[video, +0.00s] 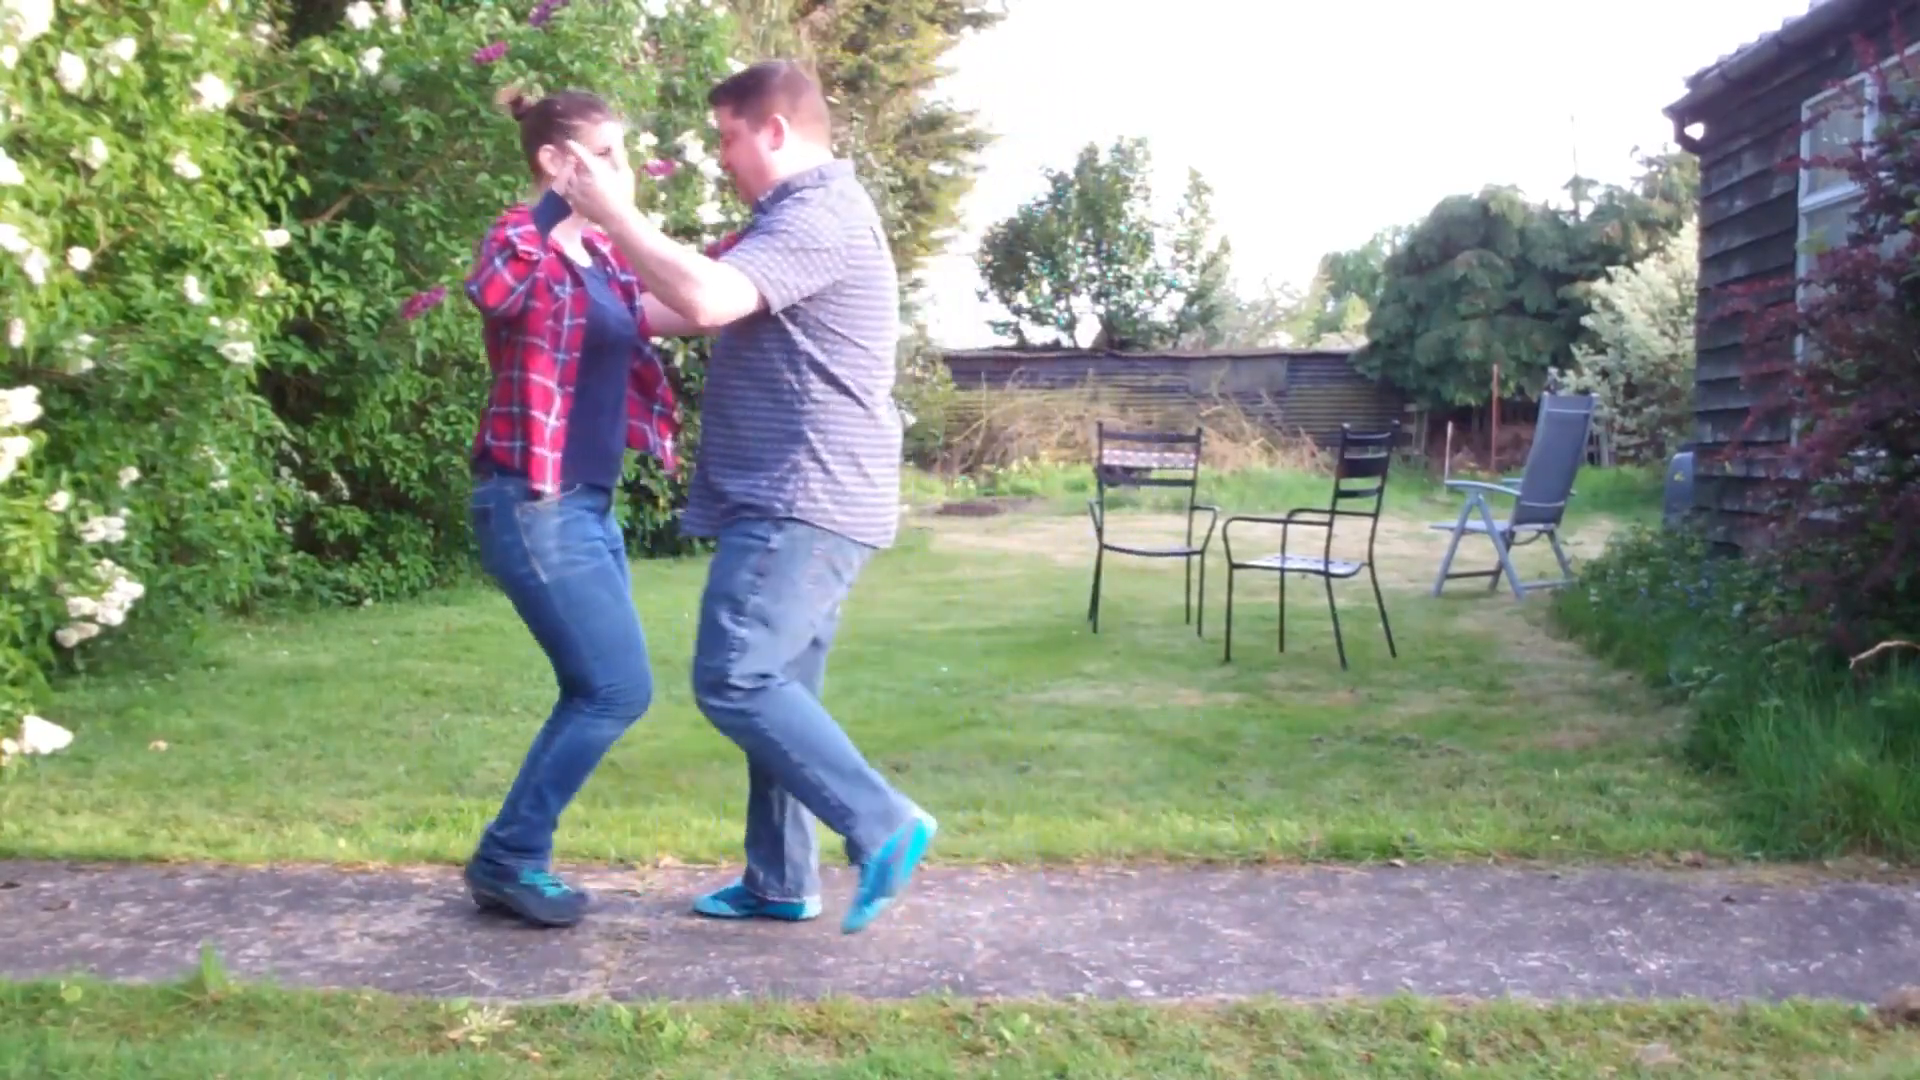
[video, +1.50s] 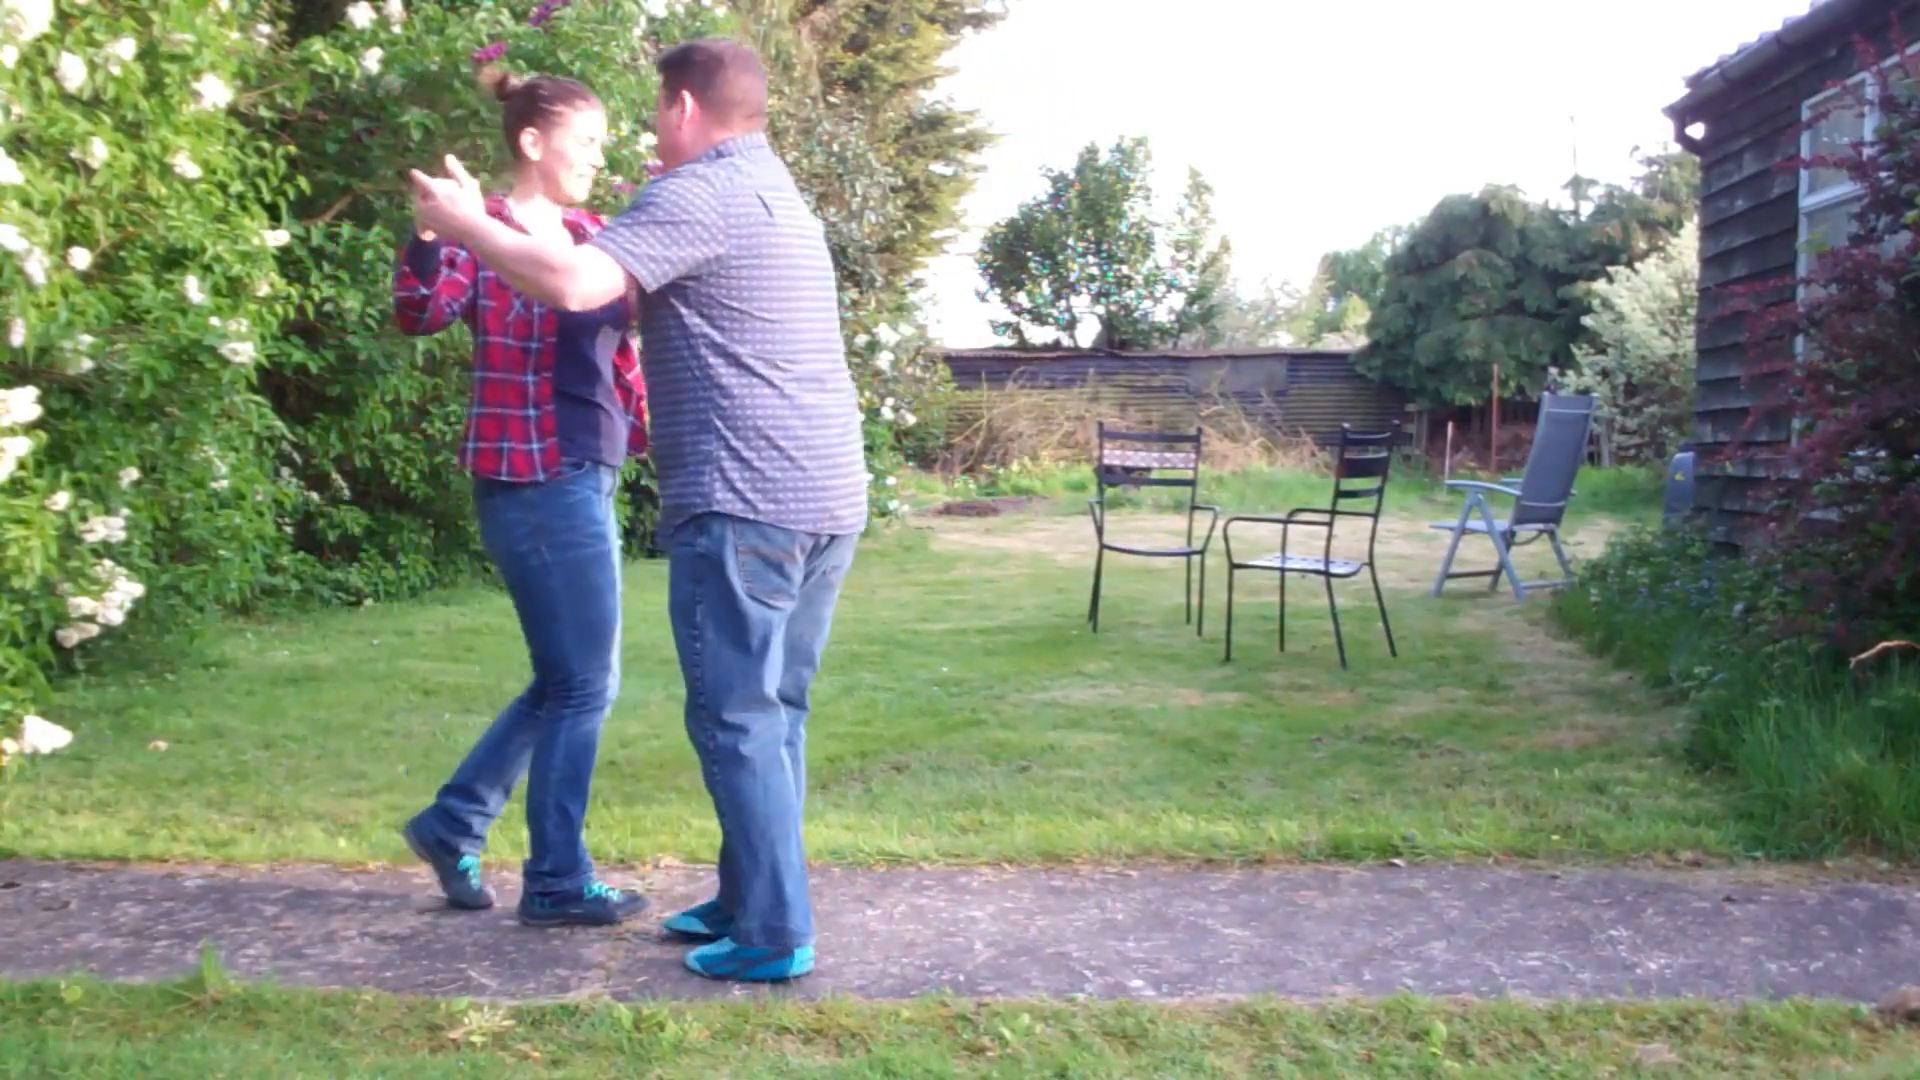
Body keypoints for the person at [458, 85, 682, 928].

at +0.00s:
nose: (622, 168)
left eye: (621, 152)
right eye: (606, 152)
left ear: (586, 160)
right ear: (556, 159)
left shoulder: (605, 256)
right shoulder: (520, 234)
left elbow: (678, 314)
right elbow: (499, 296)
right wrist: (567, 207)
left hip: (585, 501)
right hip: (530, 499)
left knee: (600, 691)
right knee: (618, 688)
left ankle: (512, 858)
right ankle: (508, 859)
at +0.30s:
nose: (538, 168)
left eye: (538, 151)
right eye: (522, 152)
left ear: (522, 157)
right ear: (474, 158)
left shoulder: (529, 251)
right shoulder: (435, 236)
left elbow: (586, 320)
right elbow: (412, 294)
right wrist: (479, 209)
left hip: (517, 502)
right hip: (448, 502)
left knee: (549, 682)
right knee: (437, 705)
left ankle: (509, 863)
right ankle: (301, 847)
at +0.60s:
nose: (485, 174)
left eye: (489, 159)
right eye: (471, 157)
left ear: (478, 165)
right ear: (419, 160)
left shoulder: (470, 260)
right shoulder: (385, 245)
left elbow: (512, 321)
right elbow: (328, 297)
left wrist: (552, 256)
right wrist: (386, 212)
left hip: (447, 503)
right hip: (375, 501)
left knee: (506, 668)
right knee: (364, 700)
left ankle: (451, 850)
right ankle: (271, 863)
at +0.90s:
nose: (489, 169)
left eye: (492, 155)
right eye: (474, 155)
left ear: (482, 164)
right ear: (422, 157)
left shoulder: (487, 259)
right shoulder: (392, 249)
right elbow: (333, 323)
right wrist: (379, 235)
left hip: (480, 499)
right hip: (411, 500)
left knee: (488, 691)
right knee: (420, 697)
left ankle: (414, 856)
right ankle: (294, 848)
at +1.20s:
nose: (532, 163)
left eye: (534, 149)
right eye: (520, 148)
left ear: (506, 155)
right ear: (466, 150)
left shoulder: (526, 241)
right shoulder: (434, 242)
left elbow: (589, 290)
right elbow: (369, 318)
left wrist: (590, 246)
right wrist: (404, 234)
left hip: (511, 489)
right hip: (462, 492)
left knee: (469, 688)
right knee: (553, 668)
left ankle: (412, 855)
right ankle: (502, 861)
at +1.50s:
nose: (599, 158)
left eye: (601, 144)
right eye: (587, 142)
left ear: (550, 146)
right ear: (533, 142)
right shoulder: (493, 231)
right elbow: (419, 316)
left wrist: (654, 443)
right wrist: (434, 233)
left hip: (561, 478)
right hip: (545, 482)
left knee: (565, 682)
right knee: (584, 687)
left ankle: (452, 824)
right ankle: (557, 878)